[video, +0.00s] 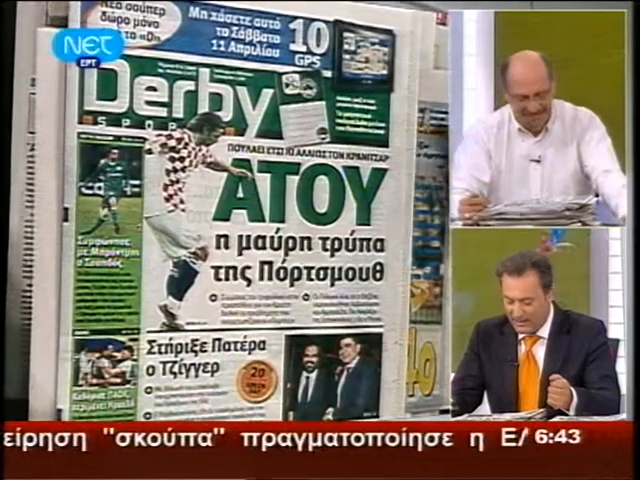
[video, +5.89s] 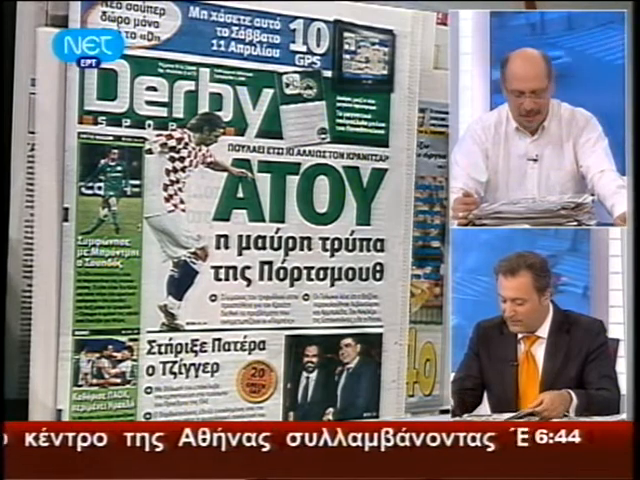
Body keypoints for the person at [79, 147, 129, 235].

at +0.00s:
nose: (115, 156)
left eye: (116, 154)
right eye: (113, 154)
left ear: (118, 155)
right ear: (109, 155)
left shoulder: (122, 165)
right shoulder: (104, 164)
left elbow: (126, 177)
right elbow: (96, 174)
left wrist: (128, 187)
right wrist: (86, 182)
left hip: (119, 189)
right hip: (108, 189)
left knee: (105, 213)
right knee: (113, 206)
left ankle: (91, 231)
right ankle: (116, 225)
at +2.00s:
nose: (115, 156)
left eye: (116, 154)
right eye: (113, 154)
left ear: (118, 155)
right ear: (109, 155)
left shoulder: (122, 165)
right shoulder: (104, 165)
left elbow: (126, 177)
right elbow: (96, 174)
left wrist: (128, 187)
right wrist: (86, 182)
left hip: (118, 189)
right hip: (108, 189)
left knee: (105, 213)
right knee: (113, 206)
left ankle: (91, 230)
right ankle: (116, 225)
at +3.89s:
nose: (115, 156)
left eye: (116, 154)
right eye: (113, 154)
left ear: (118, 155)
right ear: (109, 155)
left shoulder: (122, 165)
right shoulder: (104, 164)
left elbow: (126, 177)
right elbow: (96, 174)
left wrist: (127, 187)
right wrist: (86, 182)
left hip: (118, 189)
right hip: (108, 189)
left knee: (105, 213)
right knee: (113, 206)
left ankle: (91, 231)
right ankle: (116, 225)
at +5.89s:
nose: (115, 156)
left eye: (116, 154)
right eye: (113, 154)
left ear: (118, 155)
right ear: (109, 155)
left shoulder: (122, 165)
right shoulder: (104, 165)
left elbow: (126, 176)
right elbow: (95, 174)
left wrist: (128, 187)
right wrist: (85, 182)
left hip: (118, 190)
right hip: (108, 189)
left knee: (105, 213)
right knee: (113, 205)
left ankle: (91, 230)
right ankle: (116, 226)